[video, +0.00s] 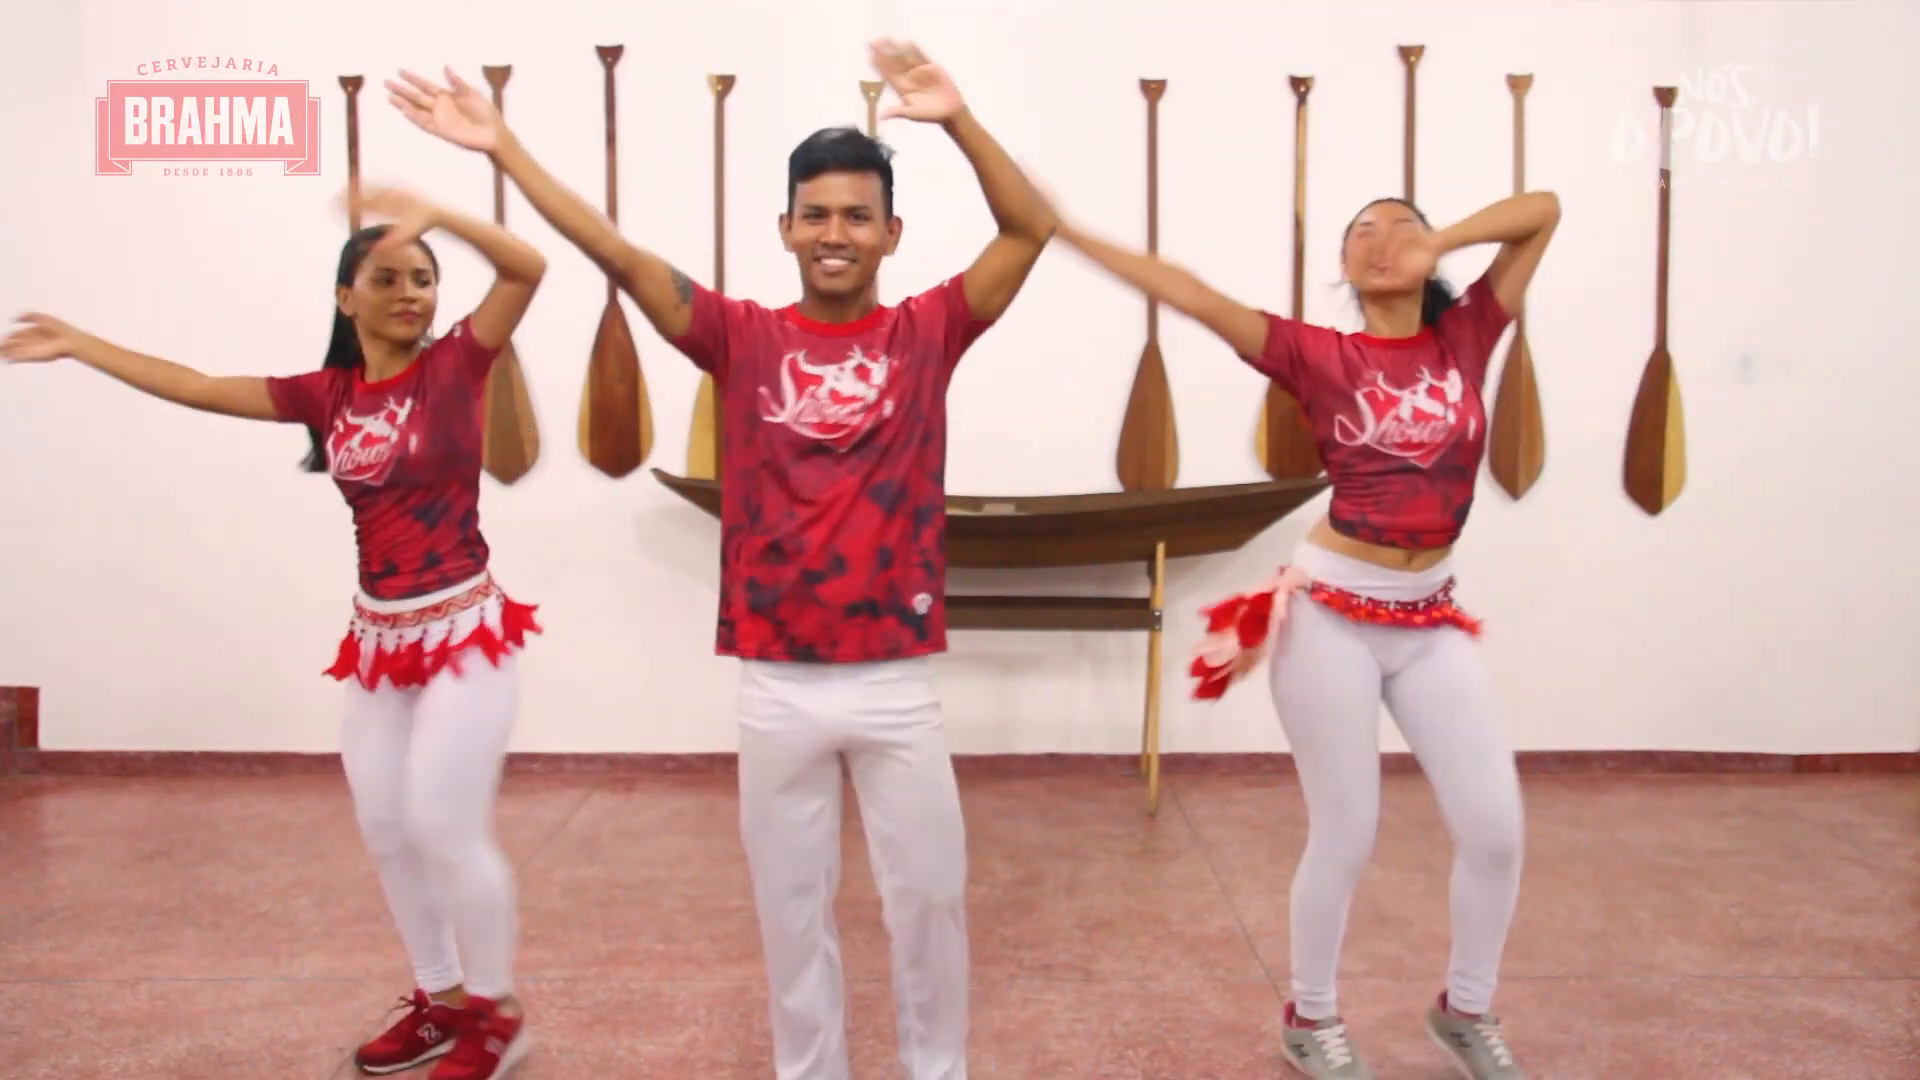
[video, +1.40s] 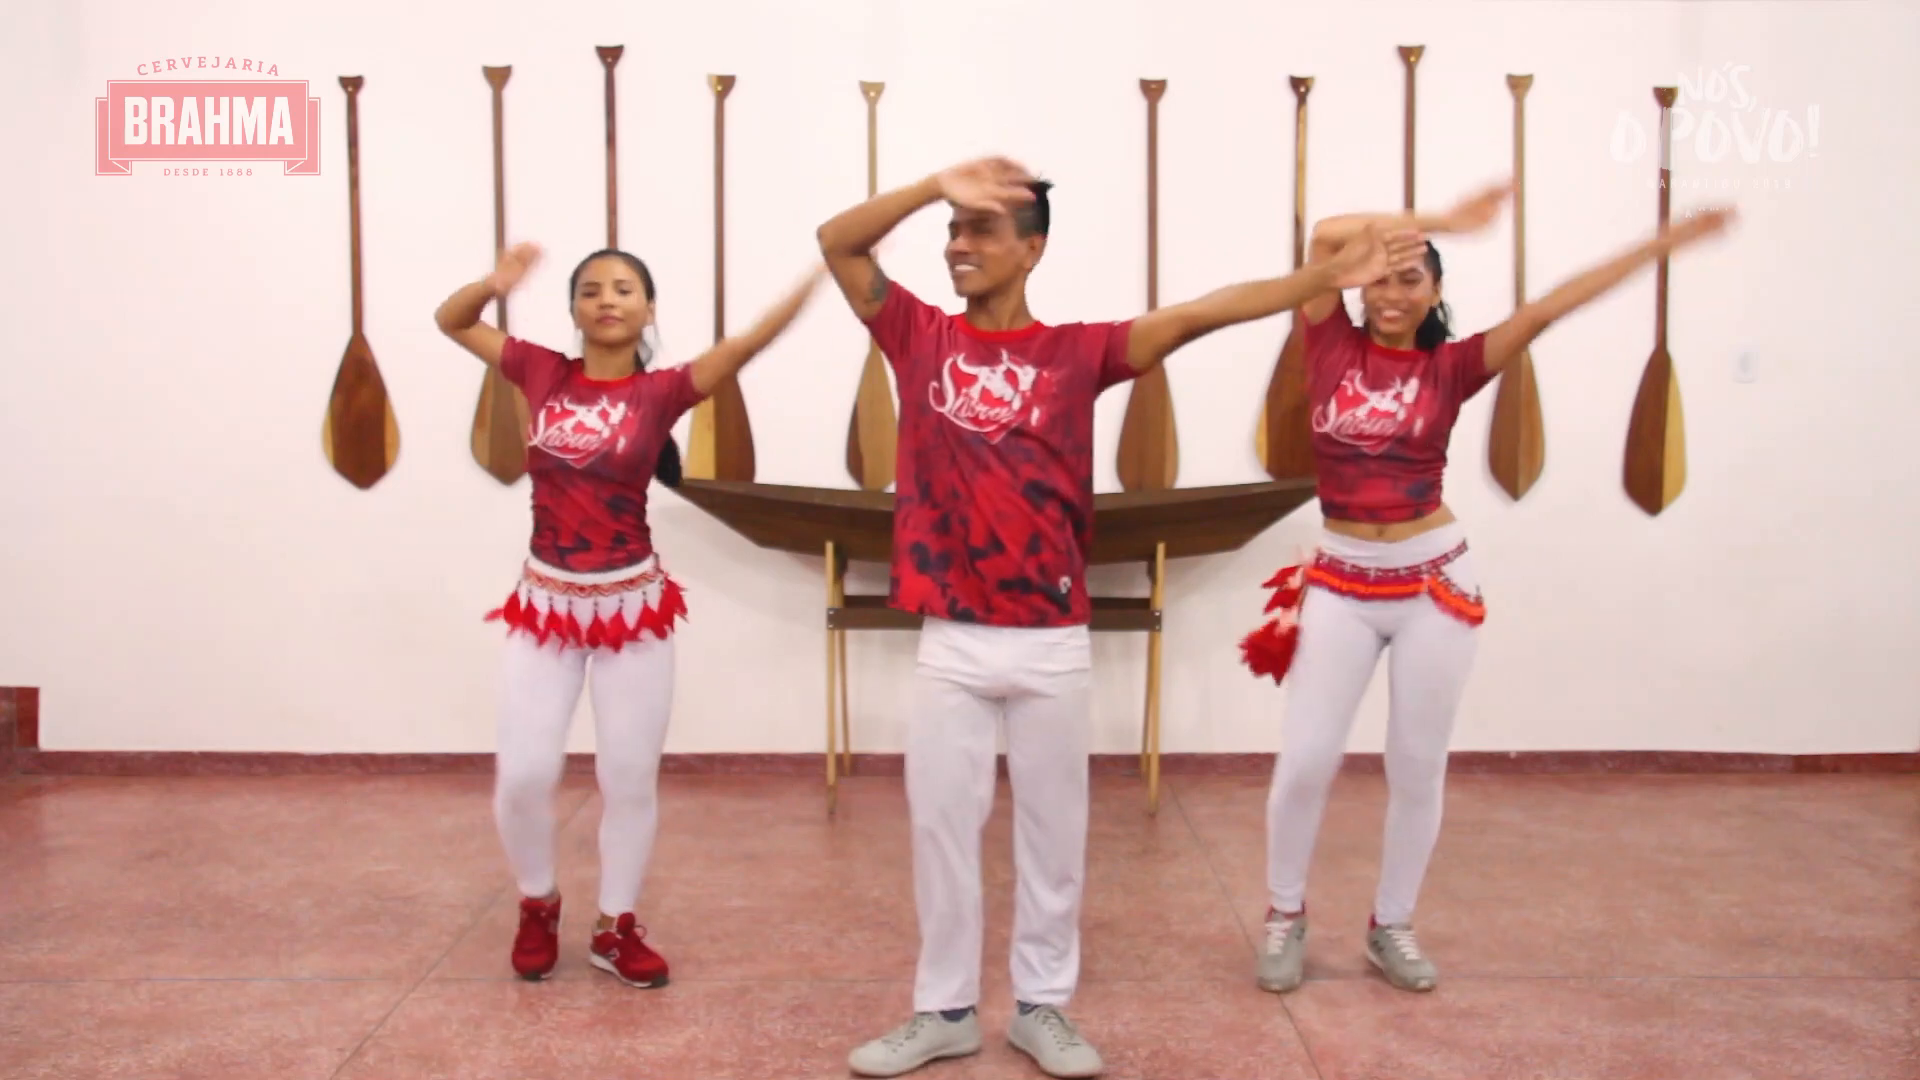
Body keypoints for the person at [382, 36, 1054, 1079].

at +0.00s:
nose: (834, 233)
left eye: (856, 215)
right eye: (815, 214)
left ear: (890, 230)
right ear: (786, 227)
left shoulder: (924, 333)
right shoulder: (742, 335)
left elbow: (1027, 232)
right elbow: (616, 251)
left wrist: (960, 116)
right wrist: (503, 145)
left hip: (899, 682)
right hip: (779, 685)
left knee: (931, 902)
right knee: (793, 920)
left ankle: (939, 1073)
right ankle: (811, 1075)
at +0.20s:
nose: (841, 226)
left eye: (861, 209)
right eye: (820, 209)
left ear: (888, 227)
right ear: (784, 223)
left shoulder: (910, 321)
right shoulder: (752, 332)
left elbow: (1006, 235)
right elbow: (682, 238)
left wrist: (1007, 126)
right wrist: (607, 108)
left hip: (911, 671)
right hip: (800, 677)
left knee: (949, 880)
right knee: (787, 896)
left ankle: (933, 1068)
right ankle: (778, 1067)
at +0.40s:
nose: (856, 234)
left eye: (873, 217)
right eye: (834, 216)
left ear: (894, 234)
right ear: (786, 234)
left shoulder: (900, 324)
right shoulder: (770, 341)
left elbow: (988, 253)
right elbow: (750, 234)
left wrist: (1063, 144)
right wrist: (744, 82)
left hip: (909, 664)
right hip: (810, 678)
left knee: (994, 829)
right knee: (803, 888)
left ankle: (968, 1044)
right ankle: (782, 1069)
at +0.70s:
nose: (903, 257)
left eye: (919, 240)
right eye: (885, 241)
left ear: (942, 255)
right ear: (852, 257)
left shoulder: (965, 354)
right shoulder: (829, 363)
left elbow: (1059, 279)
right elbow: (827, 245)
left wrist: (1155, 205)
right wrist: (903, 112)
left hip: (974, 672)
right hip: (871, 679)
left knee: (997, 849)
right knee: (828, 884)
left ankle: (1017, 1008)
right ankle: (785, 1071)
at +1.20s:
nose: (996, 245)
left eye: (1016, 231)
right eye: (979, 231)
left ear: (1041, 250)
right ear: (953, 249)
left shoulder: (1075, 346)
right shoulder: (918, 335)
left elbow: (1204, 296)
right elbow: (863, 233)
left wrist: (1317, 236)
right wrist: (978, 171)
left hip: (1055, 642)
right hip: (954, 639)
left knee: (1046, 840)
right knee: (919, 818)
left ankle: (1027, 1005)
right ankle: (926, 1008)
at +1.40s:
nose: (962, 245)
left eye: (983, 230)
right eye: (954, 231)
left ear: (1033, 246)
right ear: (947, 245)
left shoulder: (1075, 349)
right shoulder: (918, 338)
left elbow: (1200, 313)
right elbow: (839, 241)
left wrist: (1331, 274)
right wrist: (938, 184)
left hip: (1052, 645)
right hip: (951, 642)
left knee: (1053, 842)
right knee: (941, 834)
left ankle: (1040, 1006)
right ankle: (945, 1010)